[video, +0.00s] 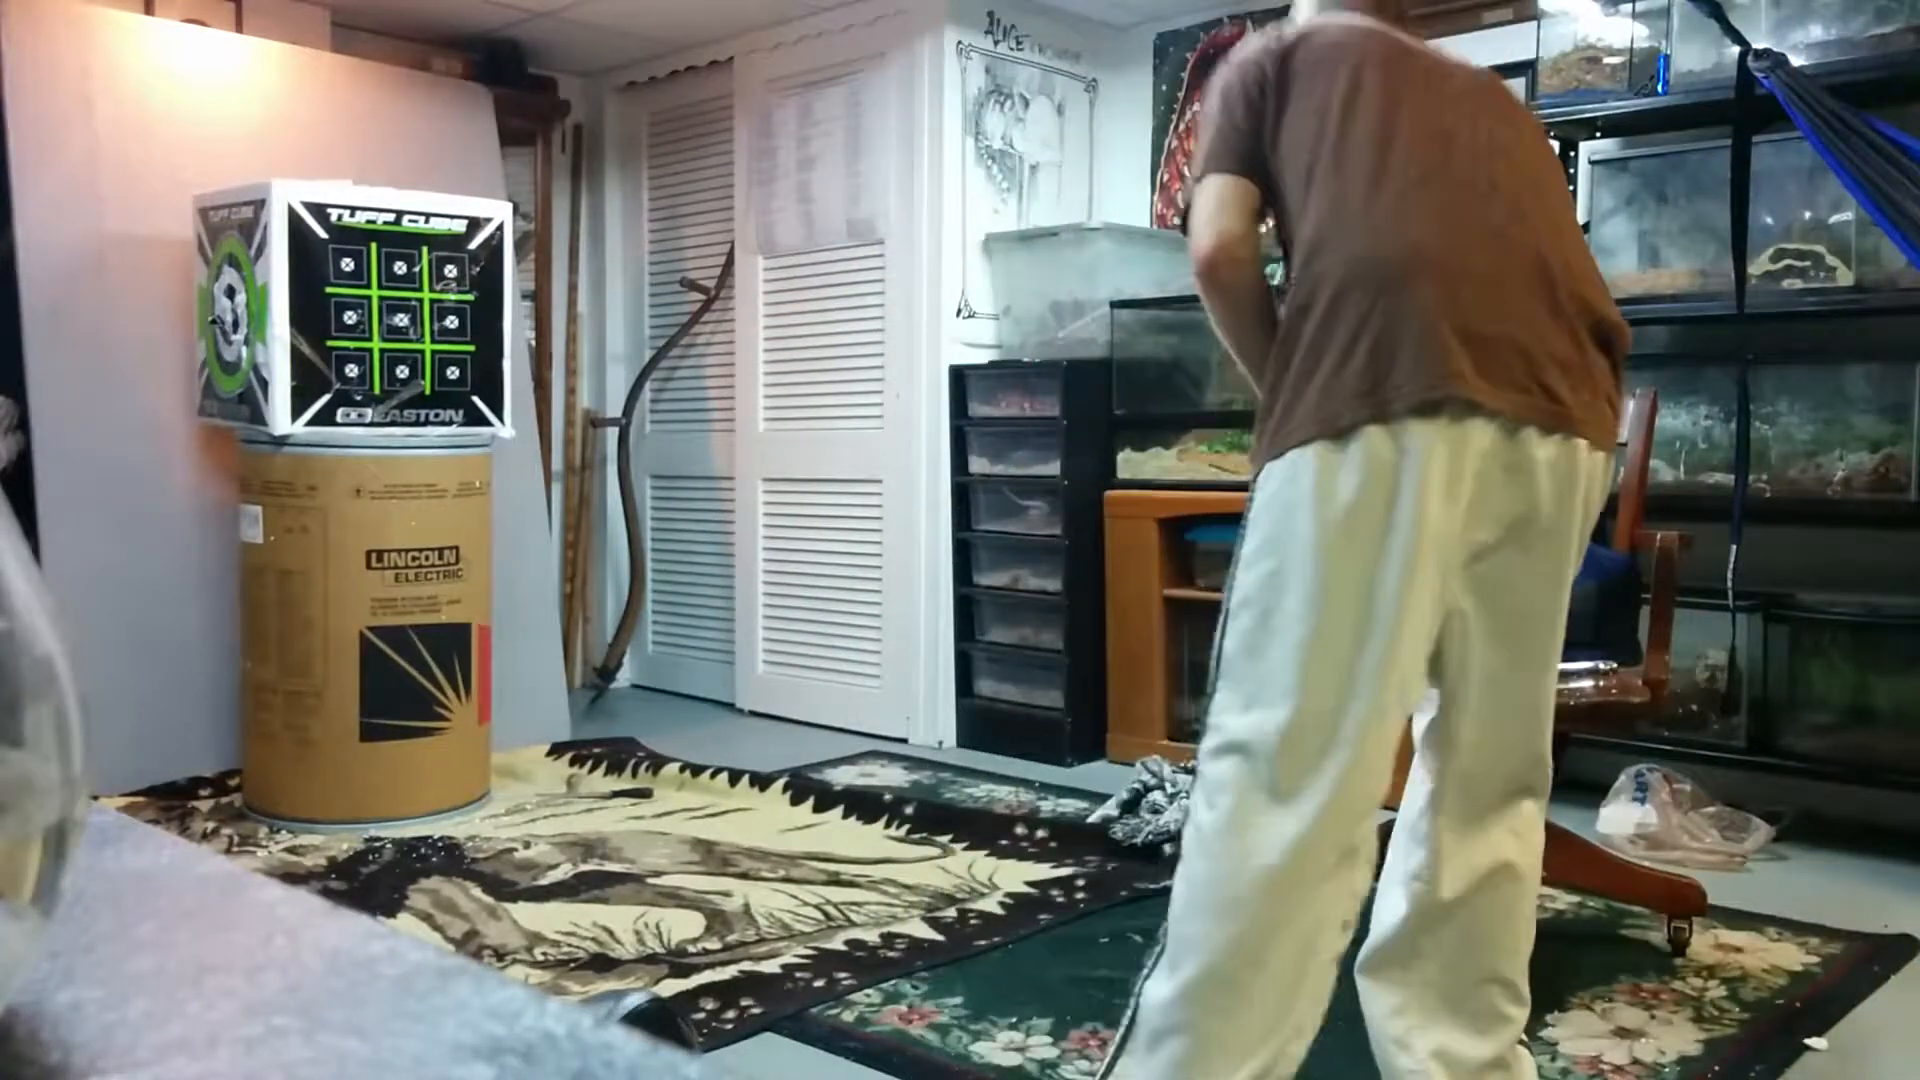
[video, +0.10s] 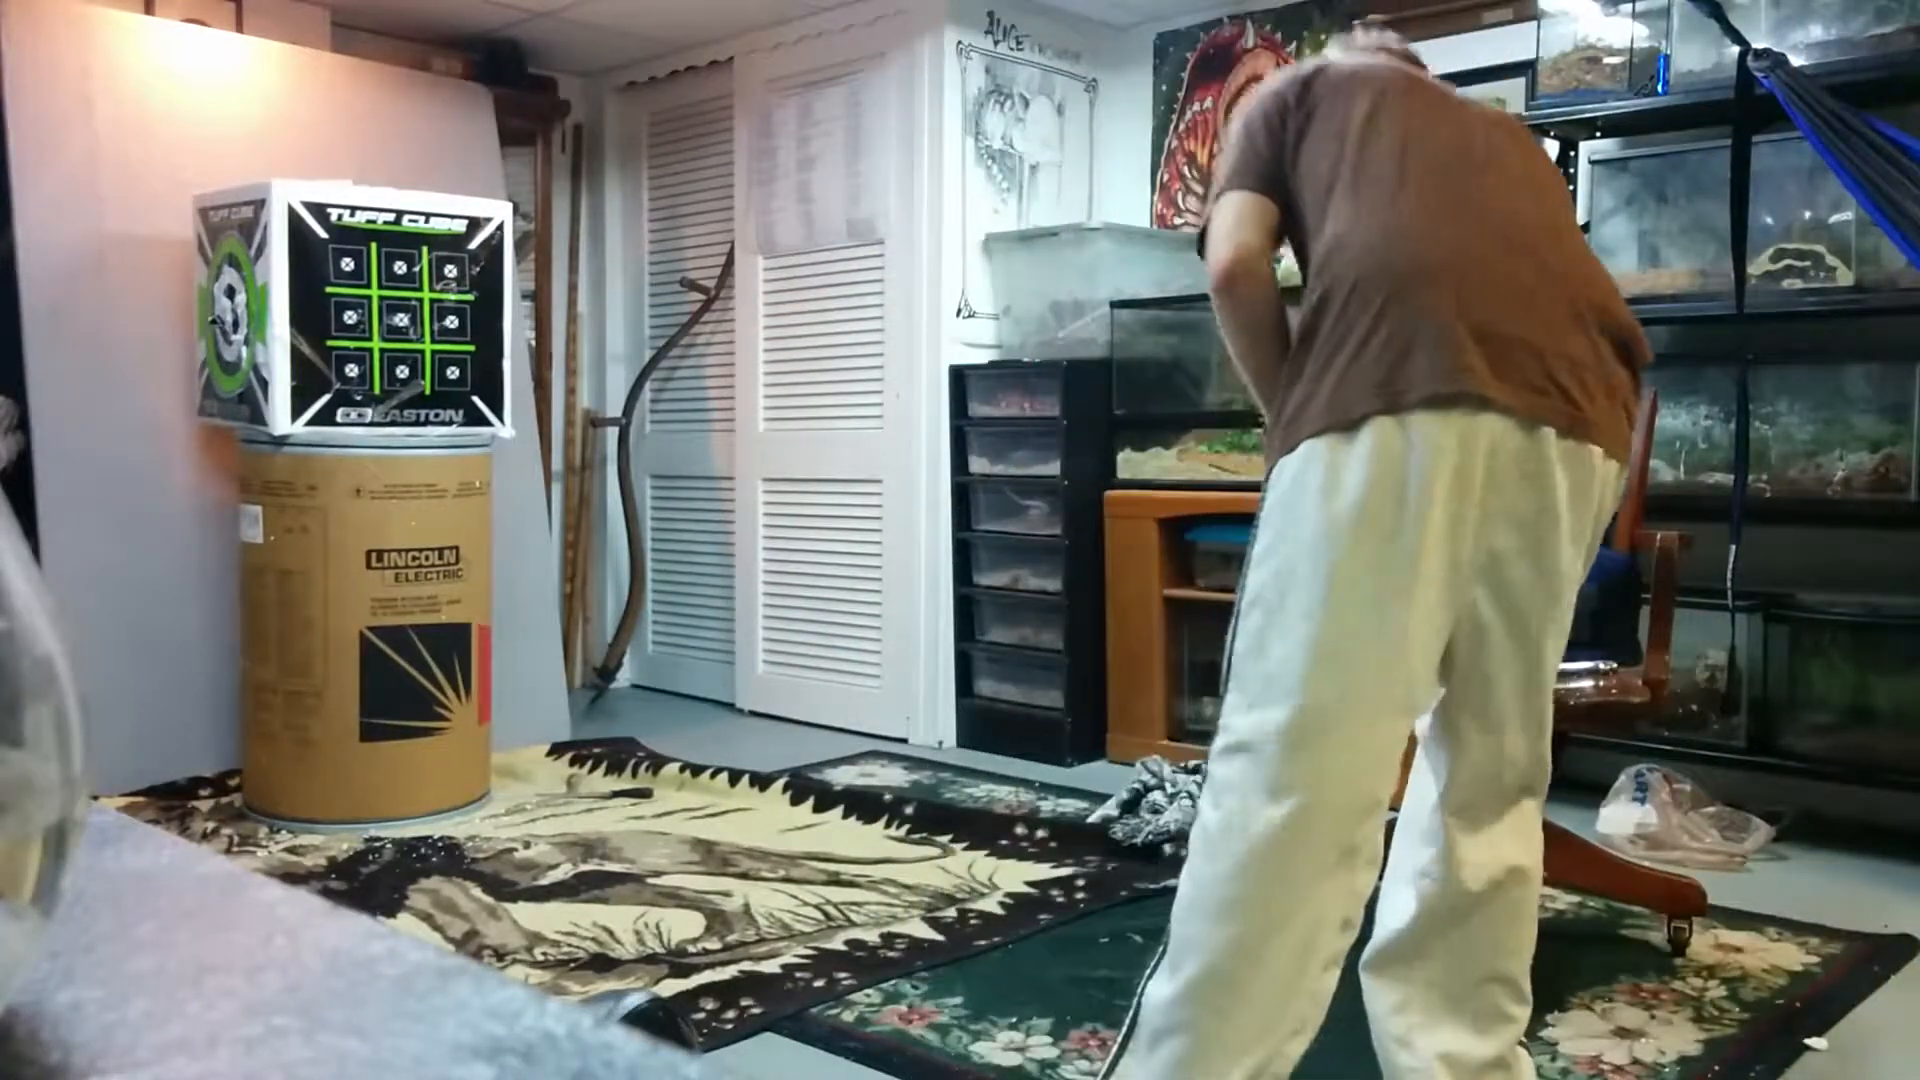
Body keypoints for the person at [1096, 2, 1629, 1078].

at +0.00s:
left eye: (1228, 67)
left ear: (1287, 27)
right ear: (1410, 18)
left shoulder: (1268, 56)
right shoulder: (1500, 99)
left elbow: (1219, 247)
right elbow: (1583, 295)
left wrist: (1286, 396)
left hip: (1379, 367)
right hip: (1563, 389)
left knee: (1284, 761)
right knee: (1490, 761)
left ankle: (1194, 1056)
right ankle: (1462, 1053)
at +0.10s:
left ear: (1327, 55)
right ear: (1427, 67)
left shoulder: (1286, 94)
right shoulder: (1517, 138)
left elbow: (1236, 261)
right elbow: (1609, 330)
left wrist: (1290, 414)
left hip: (1393, 374)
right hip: (1578, 398)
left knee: (1295, 760)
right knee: (1491, 757)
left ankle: (1194, 1058)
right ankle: (1464, 1054)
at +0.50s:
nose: (1244, 133)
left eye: (1247, 118)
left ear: (1295, 88)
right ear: (1422, 102)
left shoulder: (1292, 118)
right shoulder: (1513, 160)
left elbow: (1236, 274)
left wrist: (1285, 440)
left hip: (1397, 390)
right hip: (1584, 413)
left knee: (1289, 765)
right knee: (1480, 771)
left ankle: (1188, 1058)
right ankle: (1463, 1057)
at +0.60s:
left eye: (1265, 73)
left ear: (1304, 56)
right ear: (1407, 61)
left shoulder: (1275, 90)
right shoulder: (1500, 128)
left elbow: (1222, 264)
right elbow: (1603, 331)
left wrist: (1270, 433)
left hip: (1385, 377)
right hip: (1570, 405)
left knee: (1279, 765)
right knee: (1475, 773)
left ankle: (1181, 1057)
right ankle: (1461, 1056)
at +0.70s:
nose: (1221, 65)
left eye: (1226, 53)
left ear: (1278, 22)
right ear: (1398, 16)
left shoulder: (1255, 51)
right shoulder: (1493, 102)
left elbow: (1197, 249)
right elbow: (1565, 293)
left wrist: (1250, 417)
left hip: (1349, 387)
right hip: (1537, 402)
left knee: (1245, 771)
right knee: (1466, 778)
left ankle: (1167, 1056)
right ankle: (1456, 1053)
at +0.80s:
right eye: (1483, 16)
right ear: (1446, 4)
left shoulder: (1230, 21)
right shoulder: (1493, 63)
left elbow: (1164, 234)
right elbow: (1574, 328)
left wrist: (1231, 386)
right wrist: (1532, 440)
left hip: (1306, 385)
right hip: (1502, 398)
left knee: (1209, 782)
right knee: (1454, 791)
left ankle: (1155, 1056)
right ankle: (1453, 1055)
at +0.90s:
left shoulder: (1184, 6)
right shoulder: (1483, 22)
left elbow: (1122, 215)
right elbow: (1566, 275)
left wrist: (1194, 339)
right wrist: (1432, 313)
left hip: (1258, 383)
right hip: (1461, 392)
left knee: (1181, 786)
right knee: (1446, 788)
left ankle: (1141, 1057)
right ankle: (1456, 1056)